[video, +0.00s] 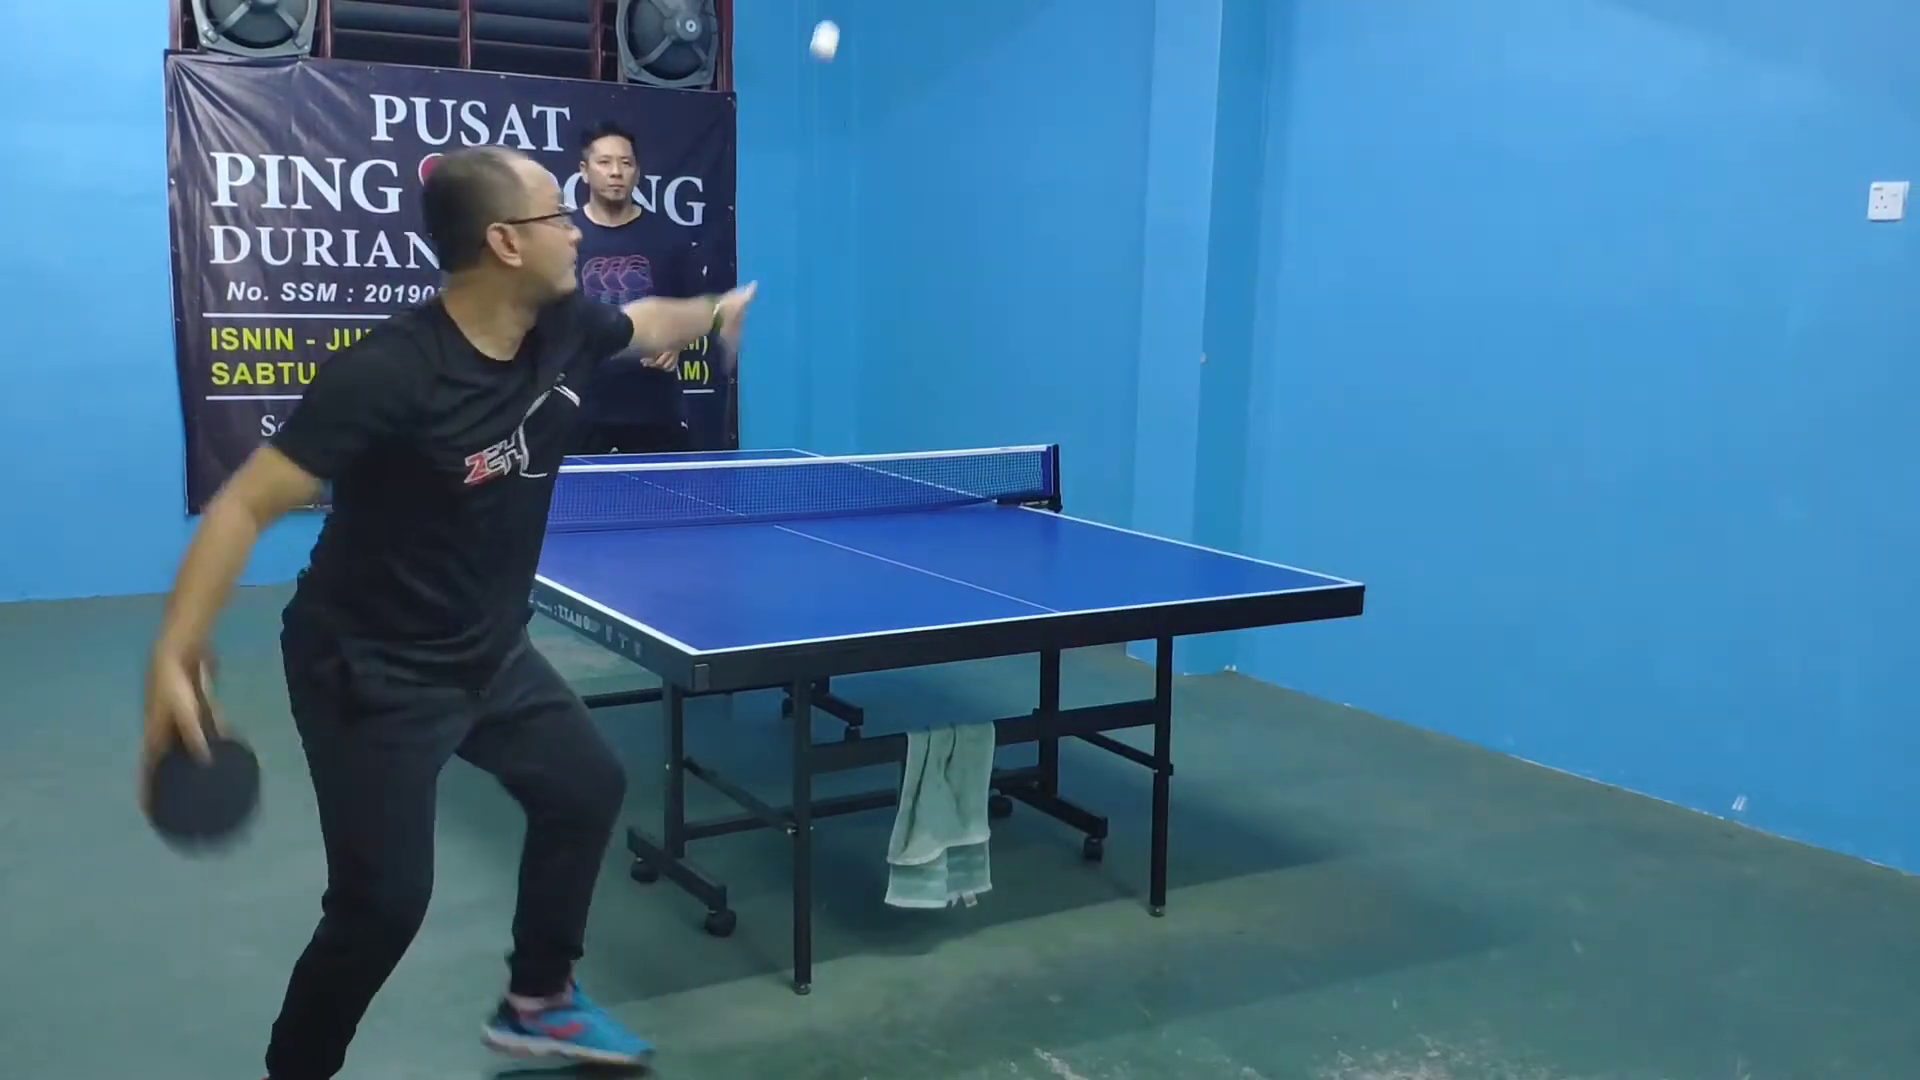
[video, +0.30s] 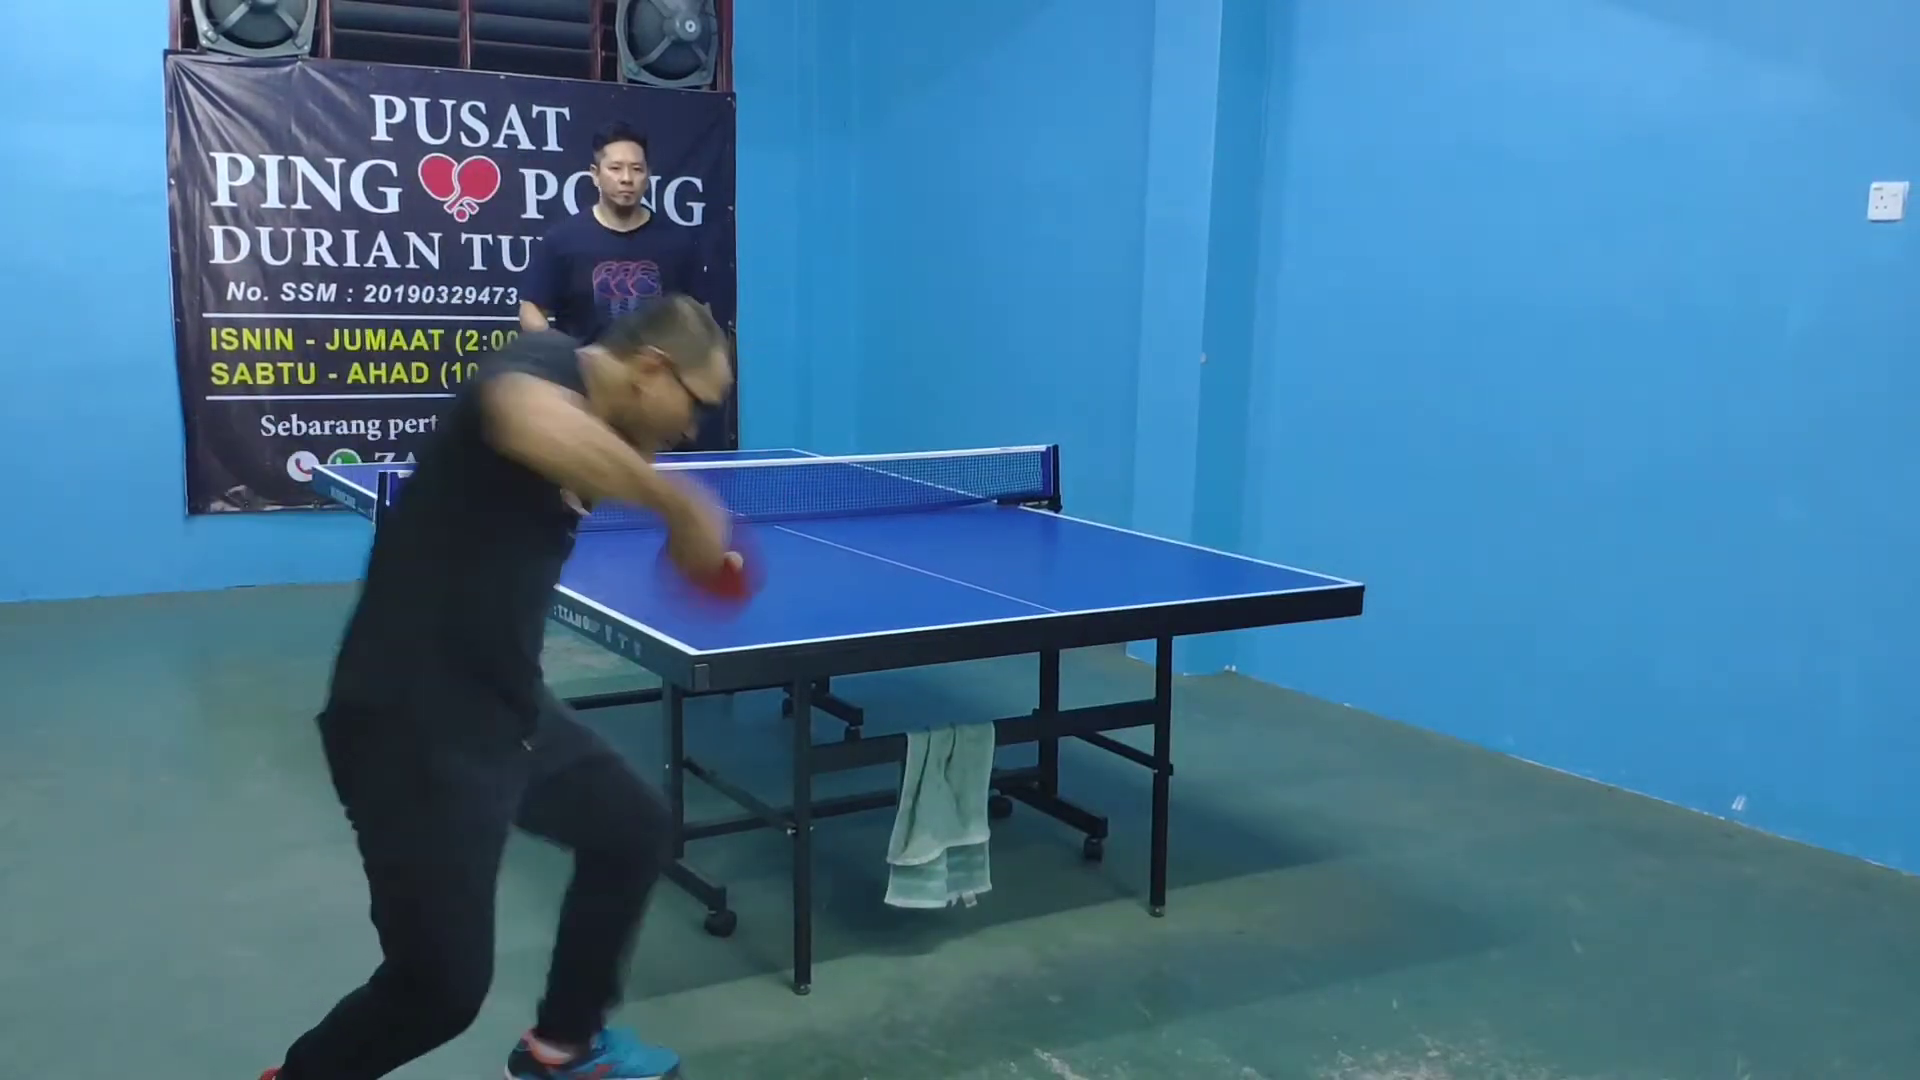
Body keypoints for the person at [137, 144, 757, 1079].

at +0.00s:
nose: (576, 232)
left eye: (568, 216)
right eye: (559, 219)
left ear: (512, 245)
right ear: (506, 245)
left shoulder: (562, 327)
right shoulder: (386, 376)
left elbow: (648, 328)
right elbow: (243, 502)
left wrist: (714, 310)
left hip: (485, 650)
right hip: (369, 670)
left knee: (586, 785)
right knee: (382, 906)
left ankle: (538, 1003)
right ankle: (295, 1069)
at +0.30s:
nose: (689, 427)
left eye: (700, 413)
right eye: (695, 405)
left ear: (645, 369)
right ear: (650, 369)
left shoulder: (578, 417)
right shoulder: (536, 369)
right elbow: (520, 418)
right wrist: (677, 506)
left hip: (502, 706)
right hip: (410, 718)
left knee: (635, 825)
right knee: (439, 989)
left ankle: (563, 1043)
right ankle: (294, 1072)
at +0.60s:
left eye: (688, 324)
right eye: (808, 342)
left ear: (697, 331)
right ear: (800, 344)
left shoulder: (638, 384)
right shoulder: (805, 394)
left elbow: (509, 414)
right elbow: (882, 518)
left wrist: (381, 406)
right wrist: (854, 640)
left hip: (543, 674)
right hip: (645, 685)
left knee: (635, 865)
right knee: (718, 948)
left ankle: (558, 1034)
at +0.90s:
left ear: (849, 254)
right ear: (960, 255)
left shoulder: (792, 355)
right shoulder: (1009, 363)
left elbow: (628, 398)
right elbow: (1122, 510)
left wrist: (506, 401)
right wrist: (1070, 596)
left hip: (796, 703)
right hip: (936, 708)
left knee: (730, 891)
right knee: (996, 966)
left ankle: (662, 1064)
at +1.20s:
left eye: (970, 294)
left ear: (976, 305)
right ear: (1086, 301)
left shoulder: (921, 413)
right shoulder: (1149, 409)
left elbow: (808, 567)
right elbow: (1250, 573)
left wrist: (829, 640)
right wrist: (1207, 658)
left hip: (981, 760)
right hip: (1132, 754)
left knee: (847, 966)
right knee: (1241, 954)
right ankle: (1331, 1070)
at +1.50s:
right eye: (1344, 428)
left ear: (1221, 421)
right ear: (1334, 439)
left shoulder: (1175, 504)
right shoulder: (1300, 523)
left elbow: (1175, 640)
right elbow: (1224, 613)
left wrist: (1305, 693)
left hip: (1054, 827)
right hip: (1203, 830)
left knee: (936, 1003)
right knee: (1357, 927)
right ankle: (1398, 1066)